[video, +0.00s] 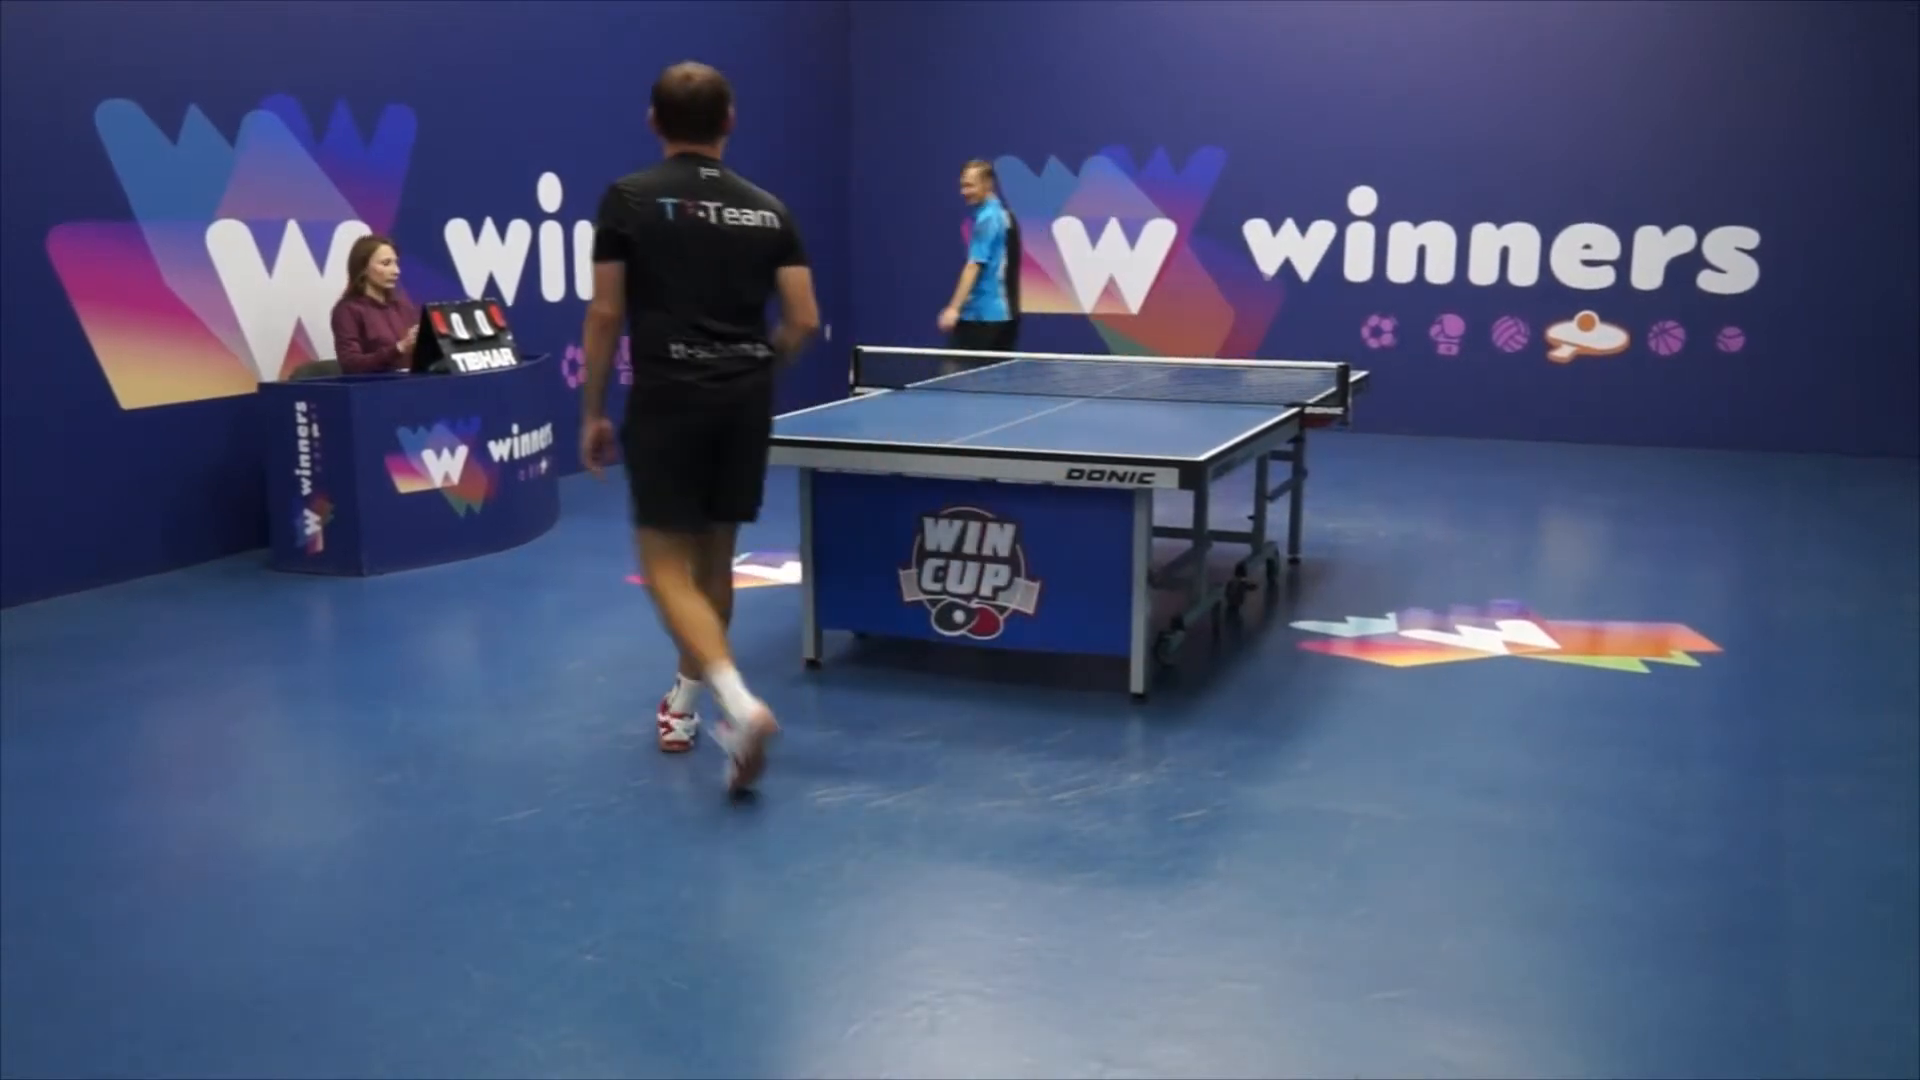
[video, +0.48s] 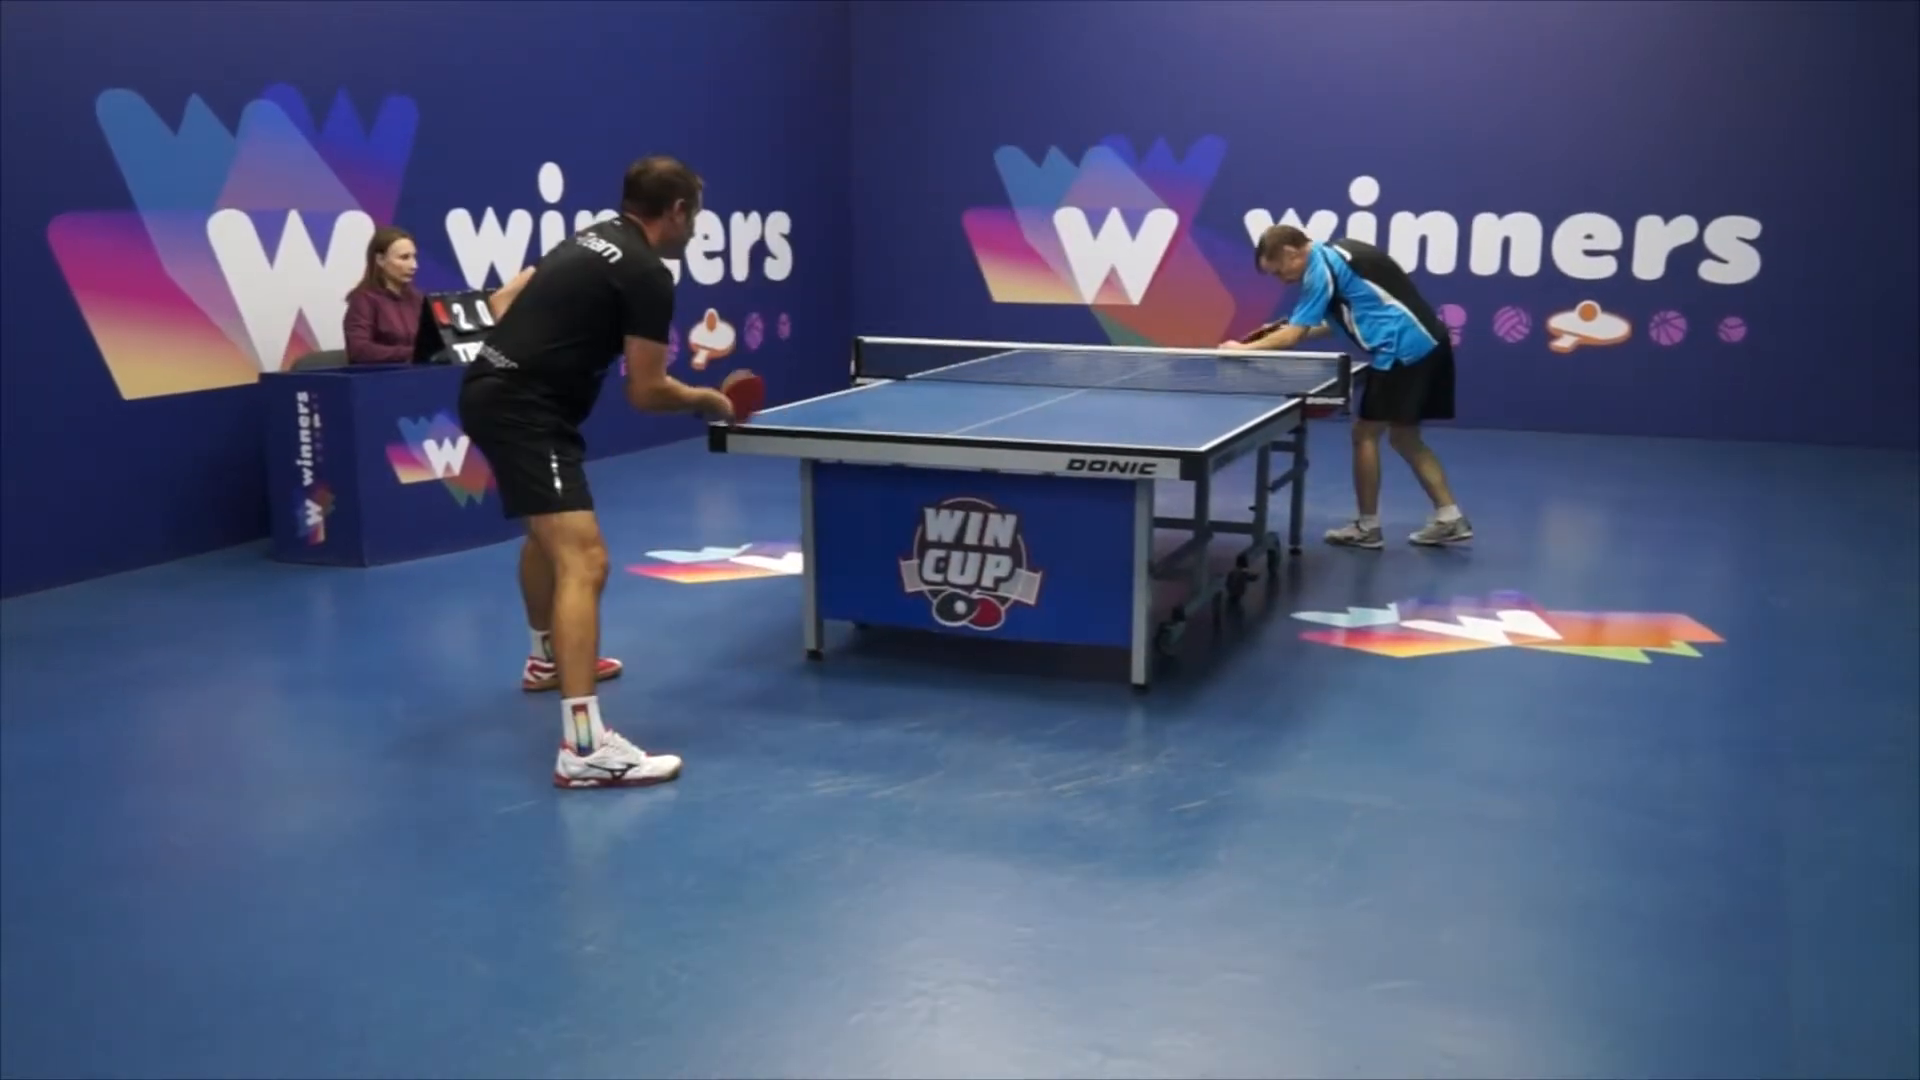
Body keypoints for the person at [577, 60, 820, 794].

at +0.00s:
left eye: (661, 115)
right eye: (726, 116)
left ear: (656, 124)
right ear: (729, 125)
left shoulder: (628, 200)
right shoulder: (765, 208)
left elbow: (605, 313)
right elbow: (802, 320)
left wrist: (594, 410)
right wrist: (761, 365)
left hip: (665, 403)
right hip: (744, 402)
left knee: (667, 567)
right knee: (716, 562)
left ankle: (740, 708)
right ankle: (685, 707)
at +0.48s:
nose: (693, 226)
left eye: (694, 215)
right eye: (692, 215)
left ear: (634, 206)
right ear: (673, 212)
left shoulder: (595, 239)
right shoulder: (648, 274)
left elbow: (502, 301)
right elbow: (647, 390)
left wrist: (545, 356)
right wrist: (706, 398)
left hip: (492, 393)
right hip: (526, 404)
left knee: (546, 533)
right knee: (584, 562)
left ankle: (547, 655)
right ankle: (584, 742)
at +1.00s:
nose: (685, 209)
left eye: (684, 198)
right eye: (684, 198)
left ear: (622, 193)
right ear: (663, 199)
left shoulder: (583, 232)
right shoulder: (640, 263)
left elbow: (500, 301)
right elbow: (634, 379)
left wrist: (551, 350)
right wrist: (705, 395)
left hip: (496, 390)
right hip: (530, 400)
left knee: (548, 532)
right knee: (586, 562)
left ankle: (548, 655)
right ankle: (583, 741)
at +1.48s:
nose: (670, 167)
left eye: (667, 155)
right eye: (667, 157)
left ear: (604, 162)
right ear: (649, 162)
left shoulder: (567, 217)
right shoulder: (635, 239)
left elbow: (513, 306)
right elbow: (629, 355)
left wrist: (588, 335)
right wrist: (697, 360)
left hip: (524, 391)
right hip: (569, 401)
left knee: (564, 525)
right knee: (613, 563)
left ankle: (549, 656)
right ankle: (585, 740)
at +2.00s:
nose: (693, 182)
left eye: (691, 170)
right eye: (689, 171)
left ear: (625, 175)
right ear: (670, 175)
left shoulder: (578, 231)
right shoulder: (664, 248)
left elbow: (520, 316)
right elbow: (666, 356)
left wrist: (561, 360)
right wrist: (728, 362)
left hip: (556, 409)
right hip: (613, 416)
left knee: (591, 527)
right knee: (637, 574)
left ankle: (583, 643)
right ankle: (589, 735)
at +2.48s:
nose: (751, 224)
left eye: (754, 213)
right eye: (754, 212)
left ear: (702, 184)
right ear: (740, 199)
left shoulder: (635, 218)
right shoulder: (718, 243)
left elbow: (570, 292)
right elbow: (746, 346)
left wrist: (627, 318)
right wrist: (717, 330)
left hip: (578, 372)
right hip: (640, 383)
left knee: (613, 508)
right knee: (742, 508)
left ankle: (583, 640)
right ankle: (789, 650)